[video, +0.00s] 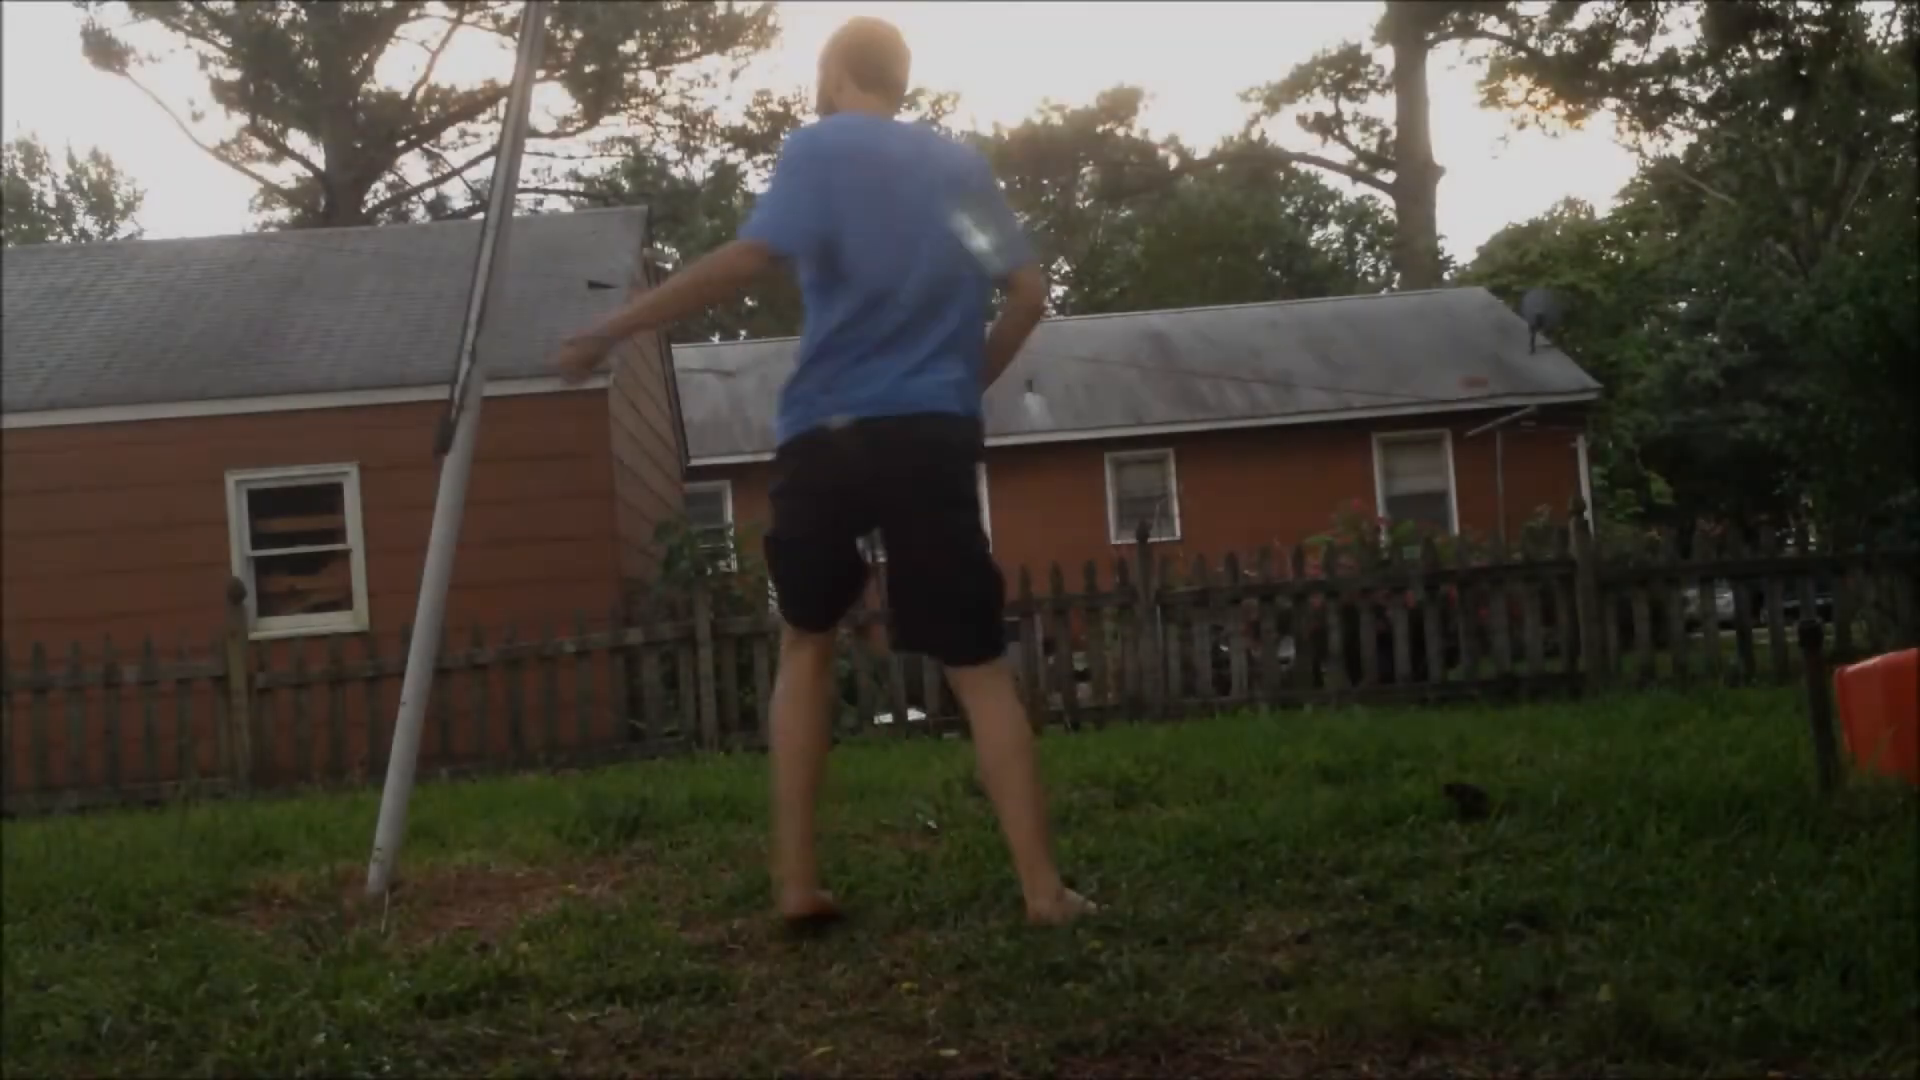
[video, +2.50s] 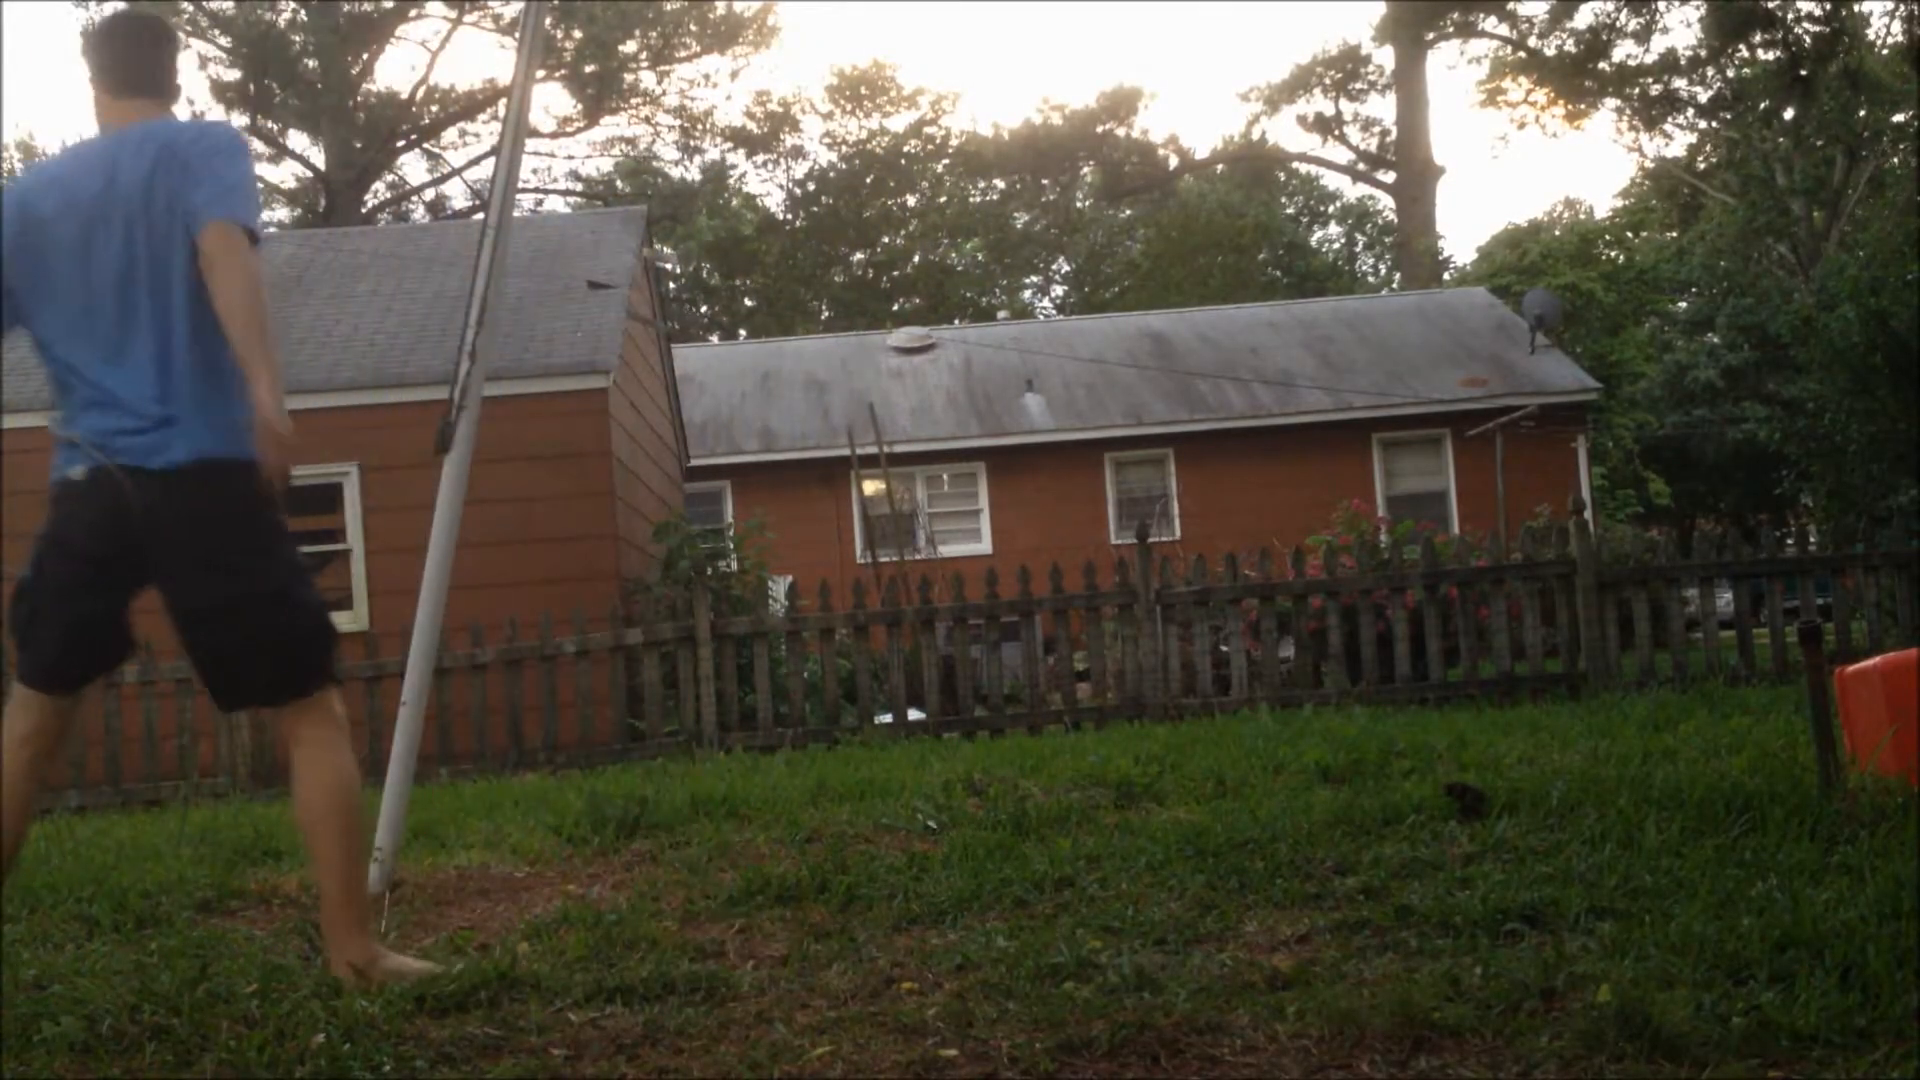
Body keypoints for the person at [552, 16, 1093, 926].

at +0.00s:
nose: (819, 96)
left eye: (820, 82)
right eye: (826, 83)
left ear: (831, 82)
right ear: (902, 87)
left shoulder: (815, 146)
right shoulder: (958, 159)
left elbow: (749, 259)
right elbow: (1031, 293)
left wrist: (611, 328)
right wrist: (971, 377)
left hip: (825, 439)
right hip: (937, 436)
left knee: (806, 646)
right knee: (980, 670)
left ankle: (796, 884)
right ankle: (1044, 891)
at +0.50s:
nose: (767, 111)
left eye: (764, 92)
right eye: (756, 91)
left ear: (711, 94)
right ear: (717, 91)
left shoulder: (700, 209)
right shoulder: (638, 157)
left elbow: (700, 362)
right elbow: (576, 279)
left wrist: (809, 396)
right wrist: (678, 378)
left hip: (677, 467)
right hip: (614, 456)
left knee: (735, 681)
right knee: (674, 664)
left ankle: (723, 918)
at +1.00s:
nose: (354, 162)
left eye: (366, 139)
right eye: (333, 150)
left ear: (400, 135)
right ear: (316, 164)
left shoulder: (492, 224)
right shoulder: (316, 261)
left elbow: (595, 307)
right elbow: (288, 353)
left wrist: (716, 347)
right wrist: (251, 413)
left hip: (540, 510)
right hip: (421, 535)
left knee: (638, 688)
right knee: (375, 752)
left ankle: (717, 905)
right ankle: (384, 945)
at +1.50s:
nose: (506, 109)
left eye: (521, 92)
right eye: (486, 93)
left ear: (543, 103)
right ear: (455, 109)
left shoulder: (601, 218)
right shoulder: (415, 218)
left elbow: (702, 324)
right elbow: (351, 299)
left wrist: (835, 360)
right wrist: (289, 359)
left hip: (593, 502)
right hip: (474, 507)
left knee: (681, 709)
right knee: (473, 722)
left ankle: (722, 915)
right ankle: (466, 898)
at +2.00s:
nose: (467, 44)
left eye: (464, 25)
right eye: (455, 24)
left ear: (387, 43)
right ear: (405, 35)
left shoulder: (346, 135)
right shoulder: (381, 122)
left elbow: (289, 291)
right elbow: (401, 230)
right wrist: (432, 322)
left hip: (362, 437)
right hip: (364, 441)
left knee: (500, 619)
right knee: (419, 689)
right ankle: (380, 937)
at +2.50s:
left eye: (110, 72)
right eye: (168, 75)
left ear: (93, 81)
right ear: (176, 79)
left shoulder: (27, 197)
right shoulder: (204, 144)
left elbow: (6, 319)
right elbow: (222, 248)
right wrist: (268, 396)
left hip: (90, 499)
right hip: (211, 493)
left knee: (28, 724)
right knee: (311, 715)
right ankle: (353, 947)